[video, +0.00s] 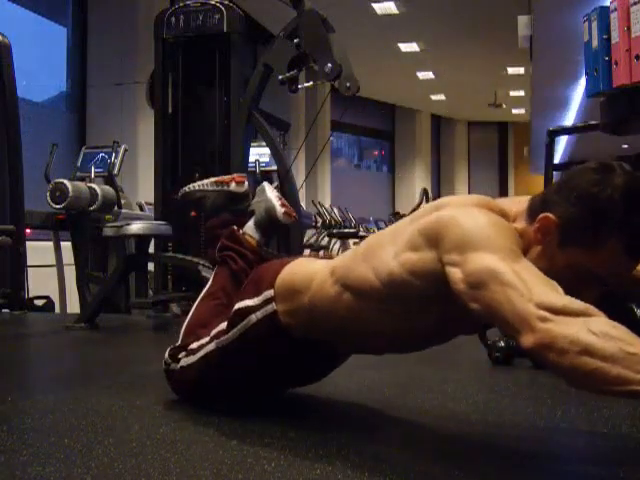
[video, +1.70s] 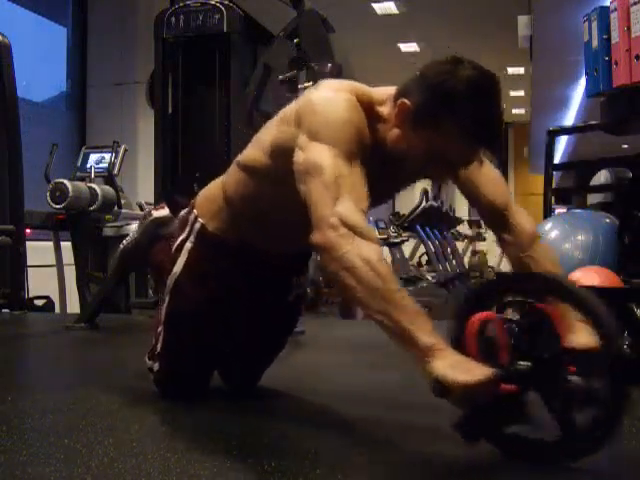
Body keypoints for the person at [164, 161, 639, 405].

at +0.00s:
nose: (576, 287)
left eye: (589, 283)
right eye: (579, 276)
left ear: (546, 226)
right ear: (543, 232)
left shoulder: (523, 228)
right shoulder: (469, 232)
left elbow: (577, 316)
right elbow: (547, 338)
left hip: (331, 326)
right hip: (284, 312)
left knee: (226, 378)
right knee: (184, 371)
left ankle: (264, 253)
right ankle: (231, 246)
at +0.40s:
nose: (549, 250)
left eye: (565, 237)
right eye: (550, 233)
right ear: (511, 192)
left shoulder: (530, 186)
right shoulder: (433, 180)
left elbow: (622, 254)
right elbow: (489, 300)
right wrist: (631, 379)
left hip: (323, 311)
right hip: (266, 291)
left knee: (245, 381)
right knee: (184, 378)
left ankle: (259, 252)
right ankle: (225, 257)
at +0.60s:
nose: (502, 217)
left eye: (516, 208)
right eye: (503, 200)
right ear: (471, 155)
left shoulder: (500, 162)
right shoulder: (396, 143)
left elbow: (600, 246)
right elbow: (426, 266)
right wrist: (557, 368)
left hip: (313, 289)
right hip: (248, 268)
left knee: (248, 381)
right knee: (181, 378)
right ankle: (209, 244)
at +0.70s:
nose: (480, 199)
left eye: (494, 192)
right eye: (479, 185)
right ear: (450, 138)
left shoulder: (481, 147)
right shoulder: (377, 130)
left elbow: (564, 230)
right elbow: (400, 253)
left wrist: (622, 298)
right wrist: (515, 361)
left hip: (308, 276)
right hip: (240, 256)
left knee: (246, 378)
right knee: (177, 376)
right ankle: (199, 238)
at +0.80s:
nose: (462, 190)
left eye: (474, 180)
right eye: (460, 172)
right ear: (430, 126)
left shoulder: (456, 135)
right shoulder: (357, 118)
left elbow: (537, 221)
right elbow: (370, 242)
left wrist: (577, 279)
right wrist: (475, 353)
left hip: (299, 269)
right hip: (229, 252)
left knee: (243, 379)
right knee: (178, 377)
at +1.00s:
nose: (429, 167)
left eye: (441, 157)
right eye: (425, 152)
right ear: (392, 111)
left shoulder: (432, 124)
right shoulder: (324, 99)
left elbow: (497, 212)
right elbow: (316, 225)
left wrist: (543, 319)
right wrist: (399, 350)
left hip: (283, 258)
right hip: (215, 246)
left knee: (242, 378)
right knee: (180, 383)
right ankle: (173, 250)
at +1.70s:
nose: (437, 174)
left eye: (449, 163)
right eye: (436, 158)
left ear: (456, 137)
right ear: (404, 117)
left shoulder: (438, 131)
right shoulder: (331, 112)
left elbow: (511, 223)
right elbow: (338, 237)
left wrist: (572, 316)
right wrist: (435, 353)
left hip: (283, 263)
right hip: (216, 250)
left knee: (240, 380)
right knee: (177, 383)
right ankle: (170, 256)